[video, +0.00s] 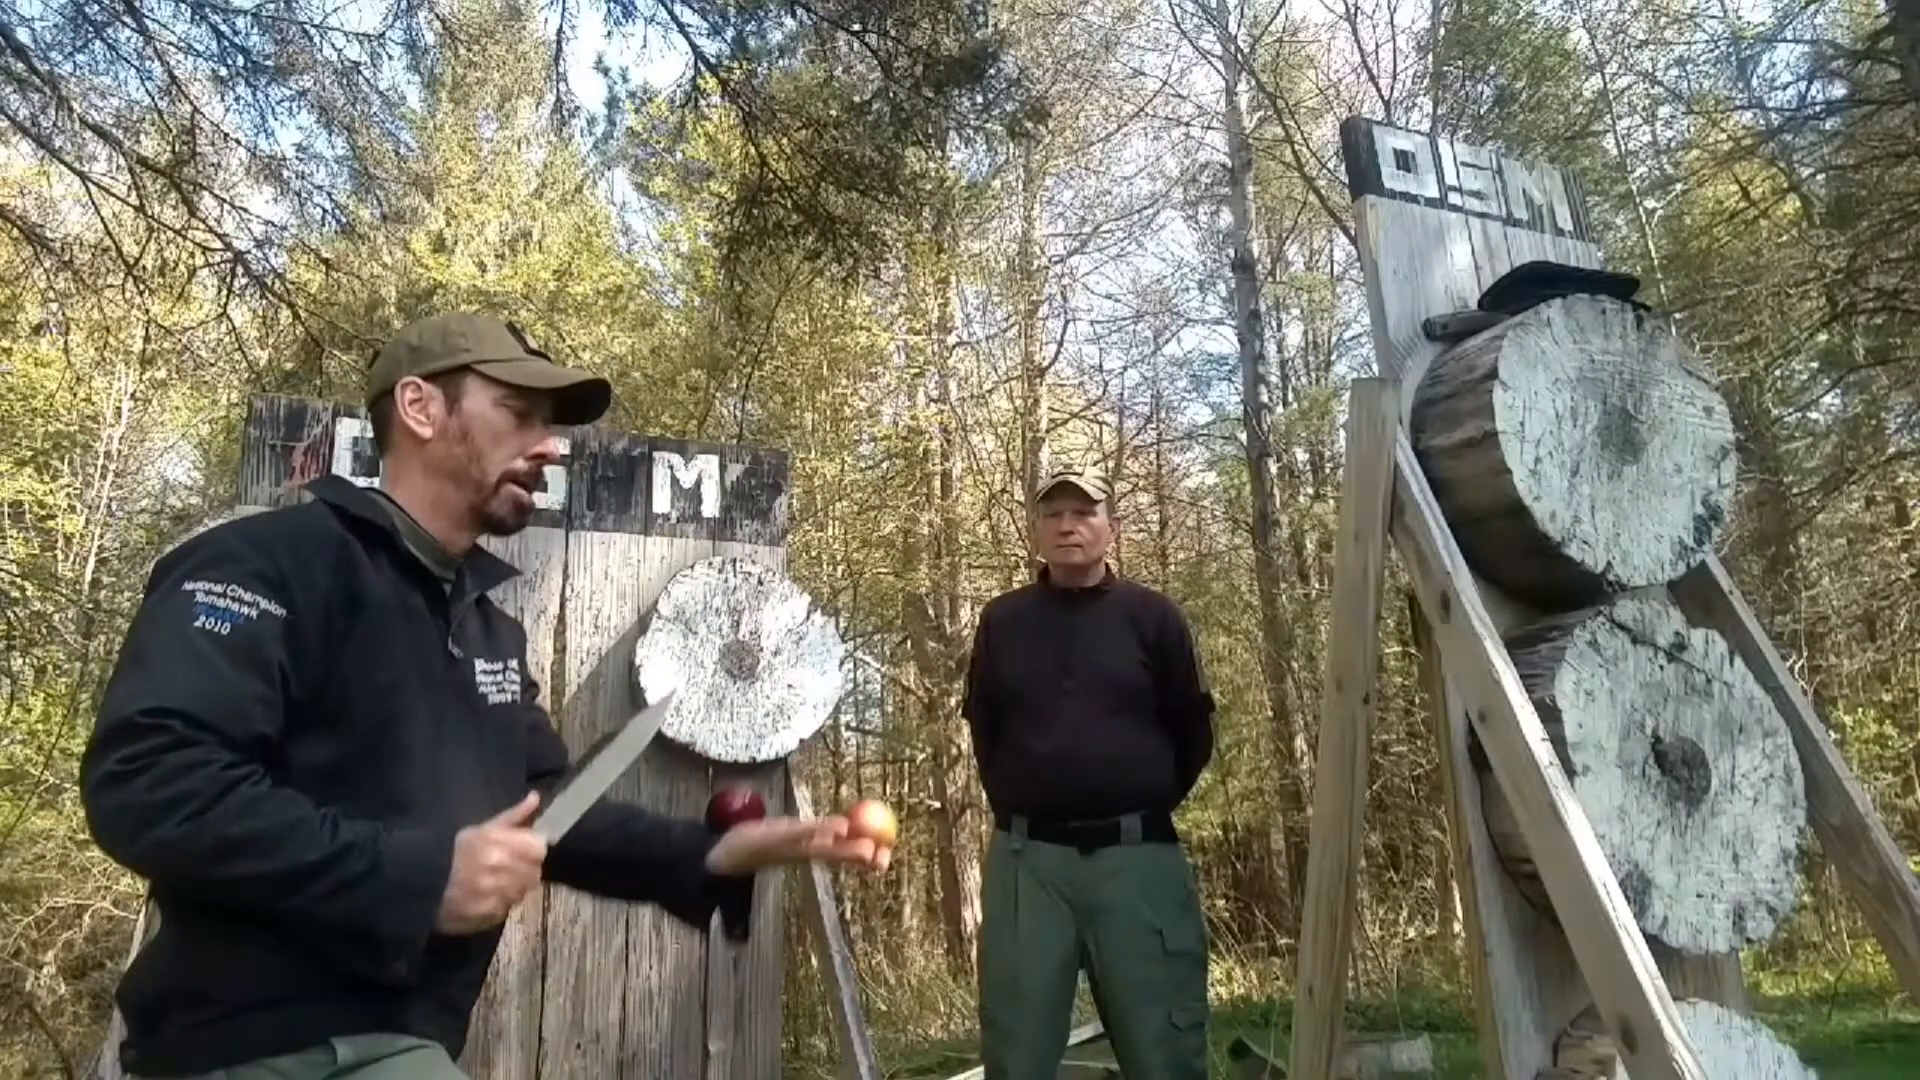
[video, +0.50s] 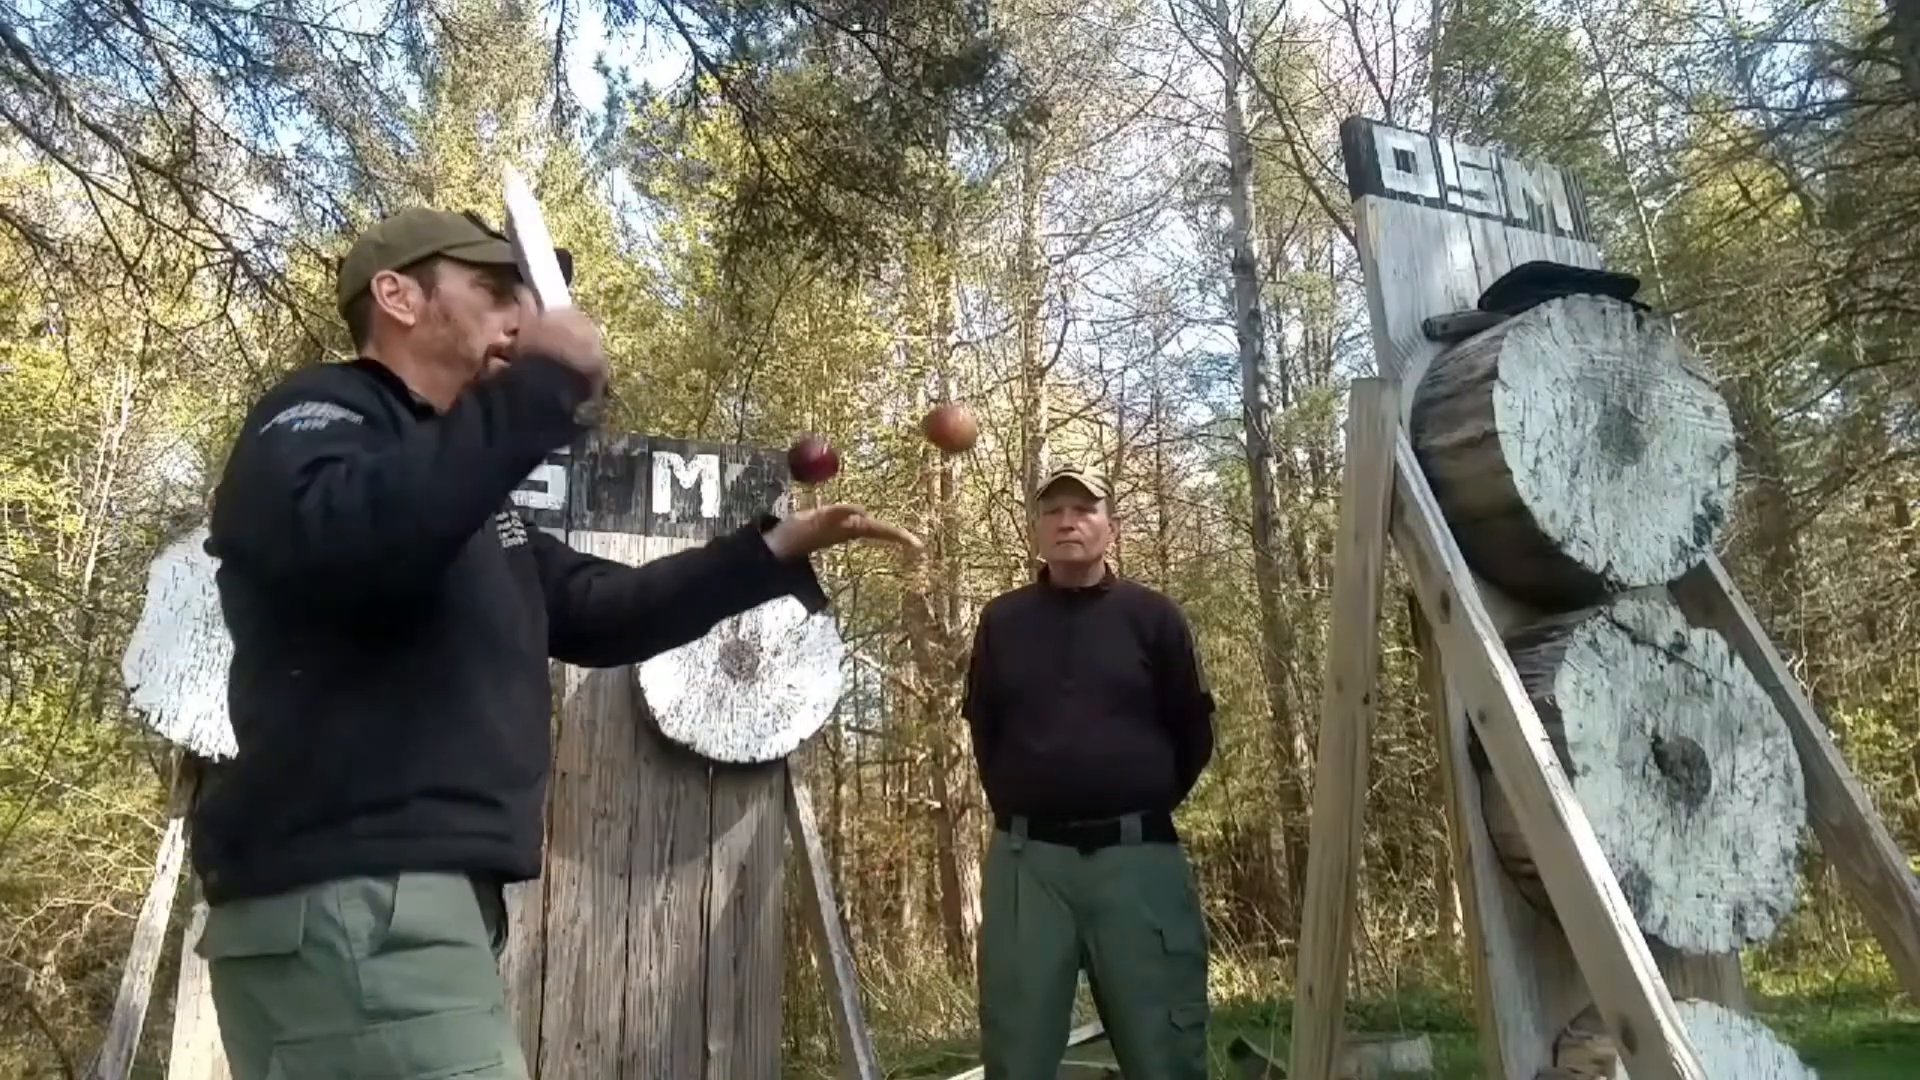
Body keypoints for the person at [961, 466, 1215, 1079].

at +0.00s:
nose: (1068, 525)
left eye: (1082, 513)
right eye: (1053, 515)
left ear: (1110, 529)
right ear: (1034, 533)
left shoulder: (1153, 615)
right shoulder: (1000, 619)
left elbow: (1194, 732)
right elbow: (983, 726)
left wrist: (1141, 813)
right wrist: (1026, 815)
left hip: (1138, 861)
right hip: (1025, 861)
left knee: (1163, 1057)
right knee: (1016, 1058)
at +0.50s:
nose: (1069, 521)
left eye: (1083, 510)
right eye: (1053, 512)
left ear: (1110, 530)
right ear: (1034, 533)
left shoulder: (1153, 614)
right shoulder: (1000, 618)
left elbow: (1194, 731)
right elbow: (983, 726)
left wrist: (1141, 813)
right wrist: (1026, 814)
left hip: (1138, 860)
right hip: (1025, 861)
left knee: (1164, 1057)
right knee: (1016, 1059)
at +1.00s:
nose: (1069, 519)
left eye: (1083, 508)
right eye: (1053, 510)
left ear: (1110, 529)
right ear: (1034, 532)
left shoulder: (1153, 614)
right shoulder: (1000, 619)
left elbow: (1194, 730)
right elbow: (983, 727)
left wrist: (1142, 813)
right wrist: (1025, 815)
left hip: (1138, 860)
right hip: (1025, 861)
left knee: (1164, 1057)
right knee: (1017, 1058)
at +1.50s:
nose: (1069, 518)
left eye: (1083, 508)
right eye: (1054, 509)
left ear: (1109, 530)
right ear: (1034, 532)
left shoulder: (1150, 613)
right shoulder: (999, 619)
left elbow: (1194, 730)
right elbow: (983, 730)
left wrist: (1141, 813)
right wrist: (1026, 817)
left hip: (1140, 860)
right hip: (1025, 861)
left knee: (1165, 1057)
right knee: (1017, 1059)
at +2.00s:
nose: (1071, 519)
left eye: (1085, 509)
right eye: (1055, 510)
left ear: (1107, 531)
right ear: (1033, 533)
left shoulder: (1149, 612)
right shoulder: (997, 620)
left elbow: (1191, 729)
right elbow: (982, 732)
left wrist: (1140, 813)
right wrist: (1026, 818)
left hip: (1140, 861)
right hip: (1026, 864)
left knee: (1164, 1057)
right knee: (1017, 1059)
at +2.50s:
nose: (1074, 525)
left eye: (1087, 513)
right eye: (1058, 513)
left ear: (1105, 533)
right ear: (1030, 530)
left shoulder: (1146, 612)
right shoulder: (992, 620)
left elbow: (1187, 722)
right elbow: (979, 730)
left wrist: (1138, 803)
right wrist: (1026, 815)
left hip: (1140, 861)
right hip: (1028, 862)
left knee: (1167, 1048)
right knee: (1019, 1052)